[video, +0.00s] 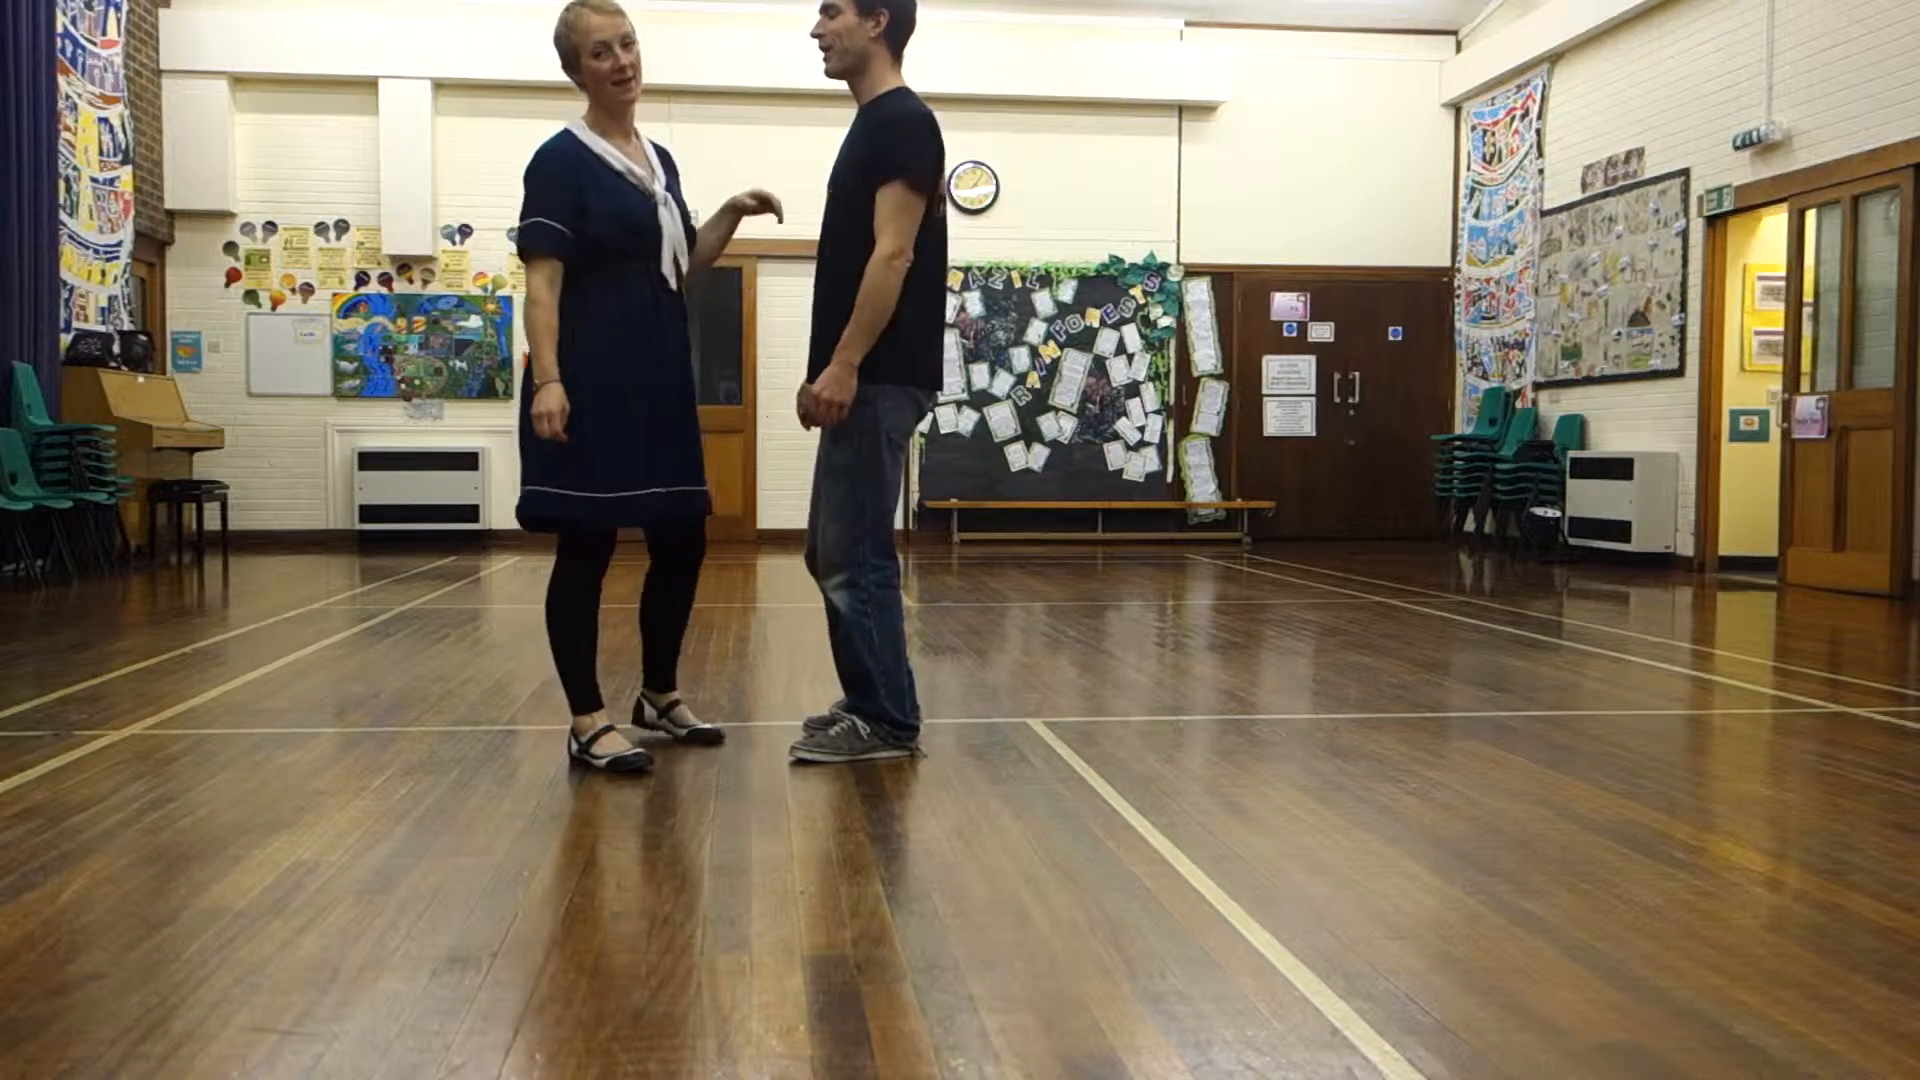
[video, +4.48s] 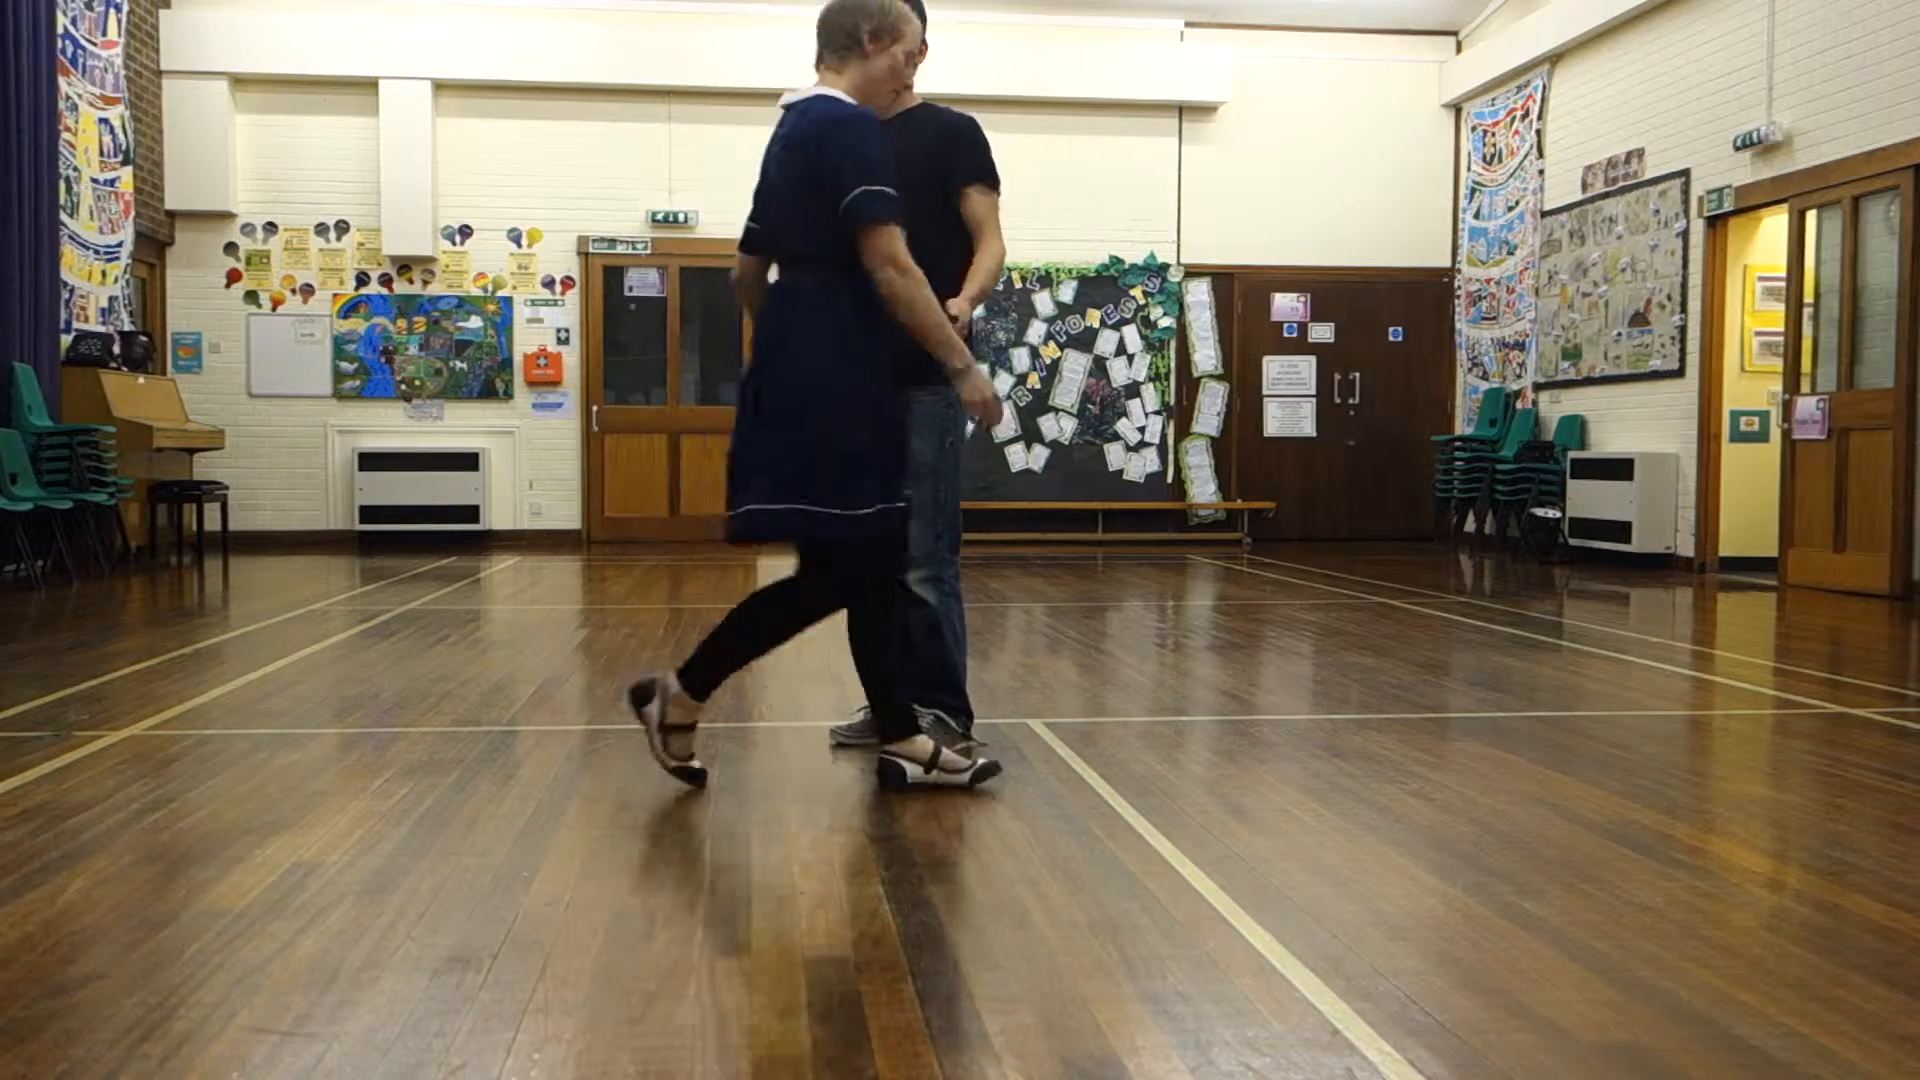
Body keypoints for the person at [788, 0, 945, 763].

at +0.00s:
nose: (818, 28)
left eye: (834, 13)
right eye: (820, 15)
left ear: (880, 23)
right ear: (869, 28)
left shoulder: (902, 120)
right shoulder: (874, 123)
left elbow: (894, 254)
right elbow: (856, 259)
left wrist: (843, 366)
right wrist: (826, 373)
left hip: (884, 375)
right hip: (864, 374)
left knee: (854, 552)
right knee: (833, 549)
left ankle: (887, 719)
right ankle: (870, 706)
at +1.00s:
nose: (816, 33)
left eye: (825, 18)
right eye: (819, 18)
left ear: (861, 22)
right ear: (872, 27)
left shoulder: (877, 112)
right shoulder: (910, 114)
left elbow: (860, 248)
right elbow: (888, 252)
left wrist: (784, 340)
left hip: (875, 371)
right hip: (895, 367)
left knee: (855, 555)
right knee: (857, 549)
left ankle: (884, 721)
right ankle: (868, 707)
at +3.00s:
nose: (855, 42)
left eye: (873, 27)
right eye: (848, 29)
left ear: (913, 45)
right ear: (845, 40)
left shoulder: (915, 127)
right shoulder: (885, 134)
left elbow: (894, 245)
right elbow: (872, 256)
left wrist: (796, 285)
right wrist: (799, 289)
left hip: (897, 378)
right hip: (883, 376)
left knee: (850, 553)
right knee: (887, 551)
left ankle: (855, 721)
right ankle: (916, 710)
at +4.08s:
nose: (867, 42)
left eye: (883, 29)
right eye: (855, 30)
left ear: (914, 47)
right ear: (842, 48)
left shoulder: (940, 129)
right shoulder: (837, 160)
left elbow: (975, 243)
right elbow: (825, 275)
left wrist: (901, 283)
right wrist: (754, 314)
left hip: (927, 375)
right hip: (868, 380)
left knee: (904, 552)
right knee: (866, 555)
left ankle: (936, 712)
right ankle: (894, 702)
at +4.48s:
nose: (890, 61)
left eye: (898, 47)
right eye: (886, 46)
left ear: (916, 53)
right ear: (870, 47)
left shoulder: (951, 131)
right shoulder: (837, 136)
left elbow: (990, 238)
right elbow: (804, 244)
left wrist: (968, 298)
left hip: (928, 369)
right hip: (855, 369)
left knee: (927, 553)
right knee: (869, 550)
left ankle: (945, 715)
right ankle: (888, 703)